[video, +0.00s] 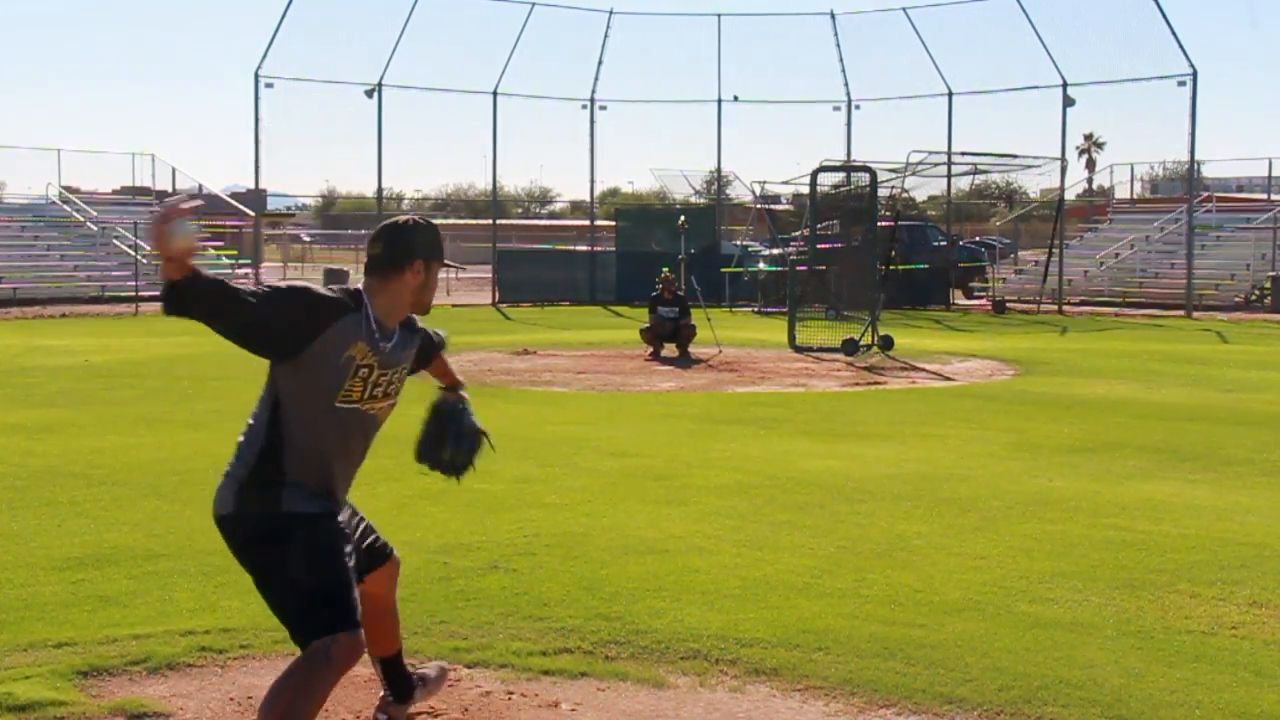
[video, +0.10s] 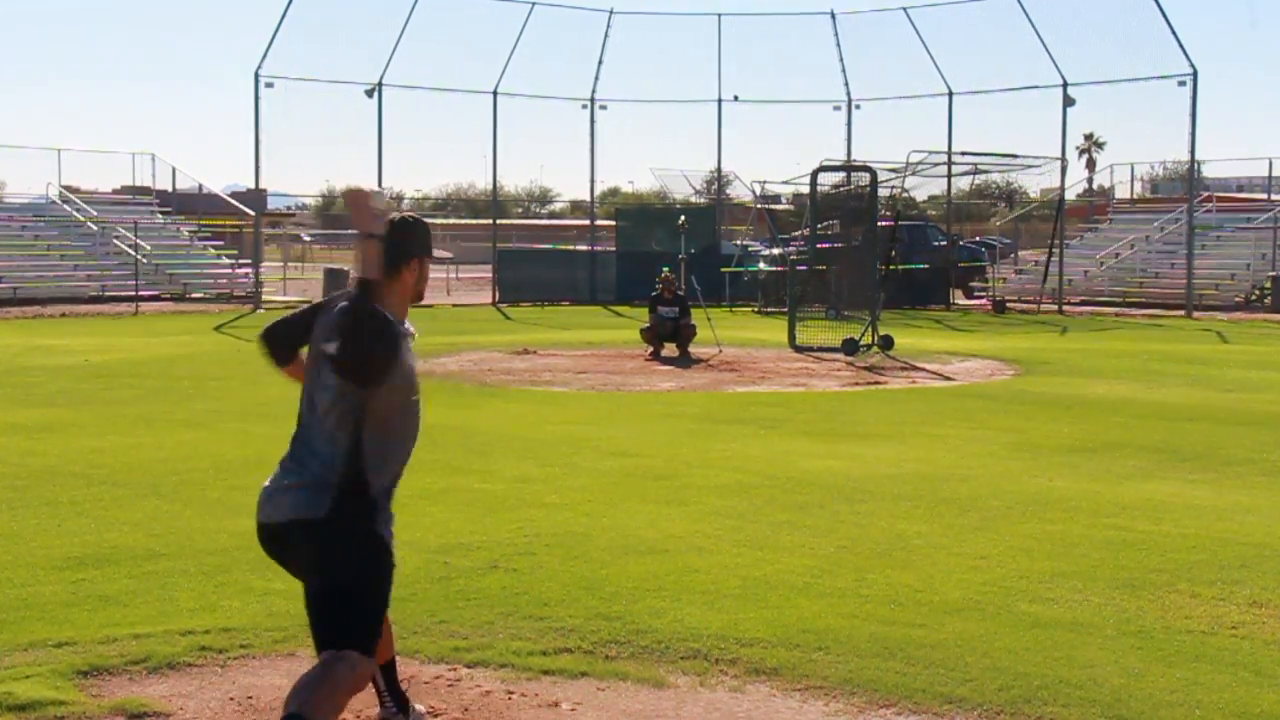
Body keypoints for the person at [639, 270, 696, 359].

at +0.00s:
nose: (668, 286)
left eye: (671, 283)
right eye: (665, 283)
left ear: (675, 284)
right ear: (661, 284)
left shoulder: (681, 299)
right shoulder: (654, 298)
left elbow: (686, 319)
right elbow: (652, 318)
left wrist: (673, 324)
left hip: (676, 327)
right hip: (660, 327)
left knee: (690, 329)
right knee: (645, 332)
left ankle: (683, 349)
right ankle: (656, 348)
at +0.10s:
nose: (668, 286)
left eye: (671, 283)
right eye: (665, 283)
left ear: (675, 285)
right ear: (661, 285)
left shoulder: (681, 299)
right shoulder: (654, 298)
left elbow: (686, 319)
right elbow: (652, 318)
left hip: (677, 328)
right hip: (660, 328)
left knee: (690, 329)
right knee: (645, 331)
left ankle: (683, 349)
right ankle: (656, 348)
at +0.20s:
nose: (668, 287)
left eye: (671, 283)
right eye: (665, 284)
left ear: (675, 285)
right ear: (661, 285)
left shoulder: (681, 300)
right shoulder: (655, 299)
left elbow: (686, 319)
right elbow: (649, 315)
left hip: (676, 328)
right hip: (659, 328)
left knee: (690, 329)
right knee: (645, 332)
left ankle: (683, 349)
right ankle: (657, 347)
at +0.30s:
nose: (667, 287)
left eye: (670, 283)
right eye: (664, 283)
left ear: (674, 285)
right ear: (660, 285)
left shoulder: (681, 299)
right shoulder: (654, 298)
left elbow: (686, 319)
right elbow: (652, 318)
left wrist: (674, 323)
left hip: (676, 328)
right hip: (660, 327)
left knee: (690, 329)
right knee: (645, 332)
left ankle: (683, 349)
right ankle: (657, 347)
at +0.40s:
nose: (667, 287)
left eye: (670, 283)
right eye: (664, 283)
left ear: (674, 285)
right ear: (660, 285)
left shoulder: (681, 299)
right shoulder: (654, 298)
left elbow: (686, 318)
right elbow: (651, 317)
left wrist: (675, 321)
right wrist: (656, 321)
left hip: (676, 326)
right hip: (660, 326)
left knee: (690, 329)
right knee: (645, 331)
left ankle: (683, 349)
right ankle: (657, 347)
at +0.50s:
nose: (667, 286)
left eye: (670, 283)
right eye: (664, 283)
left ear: (674, 285)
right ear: (660, 285)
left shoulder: (680, 299)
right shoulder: (654, 299)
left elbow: (686, 316)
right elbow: (651, 318)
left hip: (677, 326)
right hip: (661, 326)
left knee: (688, 328)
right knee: (646, 331)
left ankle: (683, 349)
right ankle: (657, 347)